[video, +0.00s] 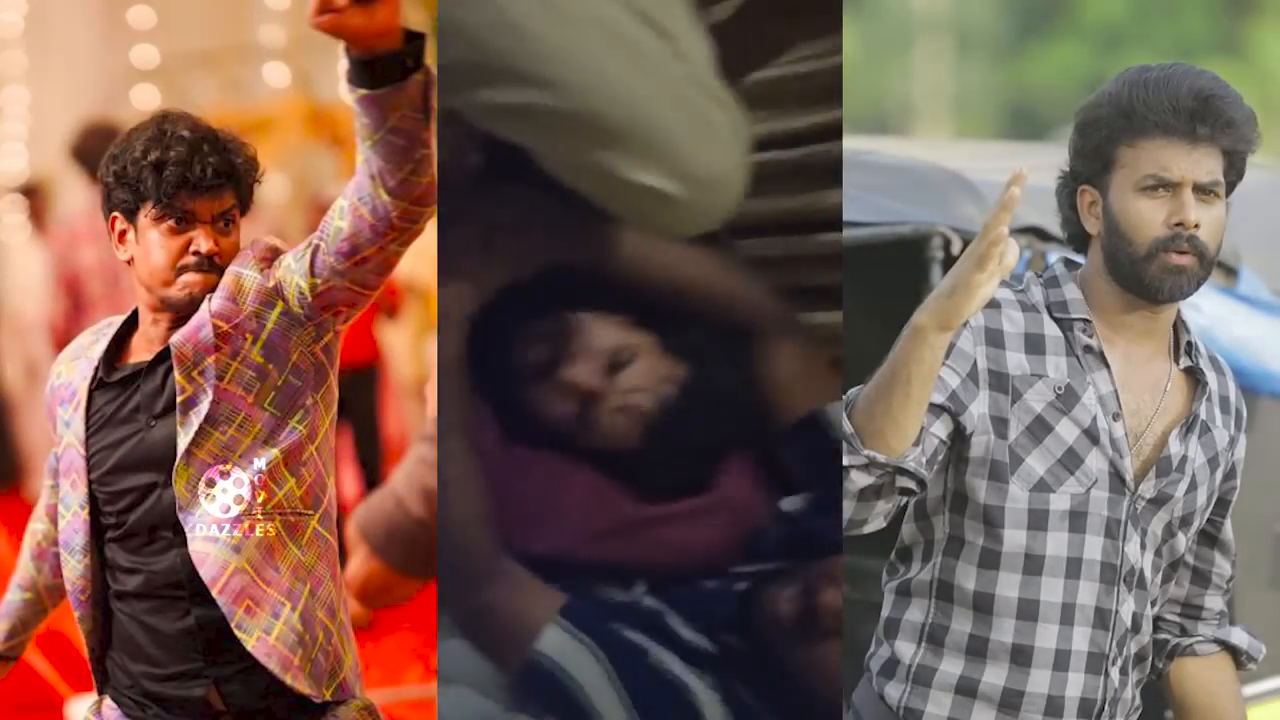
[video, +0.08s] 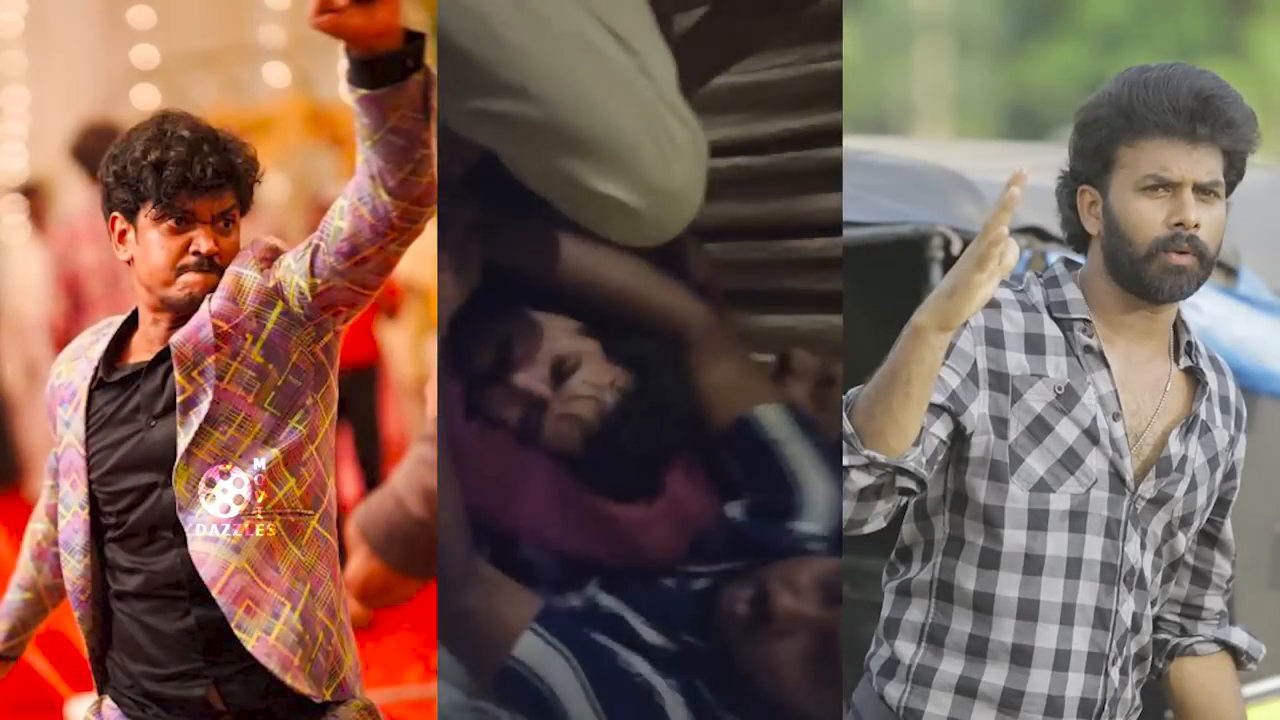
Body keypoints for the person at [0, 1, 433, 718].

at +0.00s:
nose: (206, 245)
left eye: (223, 222)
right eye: (179, 222)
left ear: (243, 230)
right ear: (122, 236)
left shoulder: (287, 312)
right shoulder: (76, 373)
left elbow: (394, 199)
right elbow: (56, 524)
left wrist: (380, 52)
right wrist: (7, 634)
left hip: (290, 700)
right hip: (140, 705)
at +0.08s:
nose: (206, 245)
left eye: (224, 222)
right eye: (179, 222)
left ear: (243, 230)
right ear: (122, 236)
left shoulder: (287, 312)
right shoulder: (76, 373)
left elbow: (393, 200)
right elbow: (56, 524)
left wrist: (380, 52)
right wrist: (7, 634)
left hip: (290, 700)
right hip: (140, 705)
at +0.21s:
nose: (206, 245)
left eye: (224, 223)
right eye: (179, 222)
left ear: (243, 230)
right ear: (122, 237)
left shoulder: (287, 312)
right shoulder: (76, 373)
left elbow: (394, 200)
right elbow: (56, 524)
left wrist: (381, 52)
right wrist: (8, 633)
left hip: (291, 700)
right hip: (140, 705)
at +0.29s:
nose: (206, 245)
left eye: (223, 222)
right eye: (179, 222)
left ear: (243, 230)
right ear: (122, 236)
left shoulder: (287, 312)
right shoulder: (76, 373)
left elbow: (393, 200)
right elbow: (56, 524)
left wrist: (381, 52)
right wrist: (7, 634)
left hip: (290, 700)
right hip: (140, 705)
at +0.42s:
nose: (206, 245)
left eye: (223, 222)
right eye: (179, 222)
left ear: (243, 230)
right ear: (122, 236)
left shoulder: (287, 312)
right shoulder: (76, 373)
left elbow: (394, 200)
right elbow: (56, 524)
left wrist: (380, 52)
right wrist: (7, 634)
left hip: (291, 700)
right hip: (140, 705)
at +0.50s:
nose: (206, 245)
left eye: (224, 222)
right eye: (179, 222)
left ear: (243, 230)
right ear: (122, 237)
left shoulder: (287, 312)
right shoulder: (76, 373)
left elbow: (393, 201)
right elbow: (56, 524)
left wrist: (380, 53)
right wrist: (8, 633)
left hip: (291, 700)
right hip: (140, 705)